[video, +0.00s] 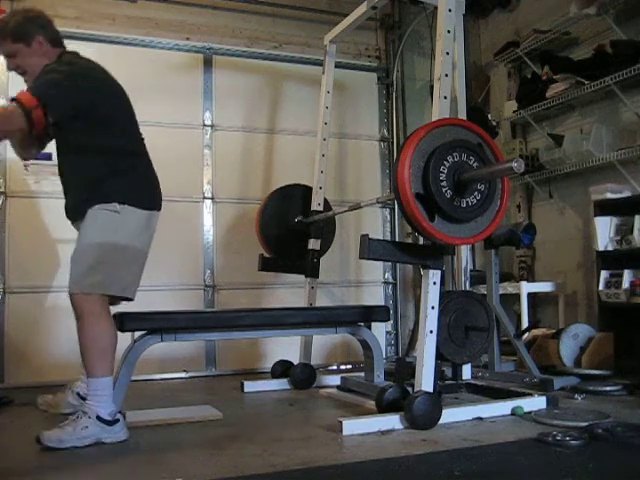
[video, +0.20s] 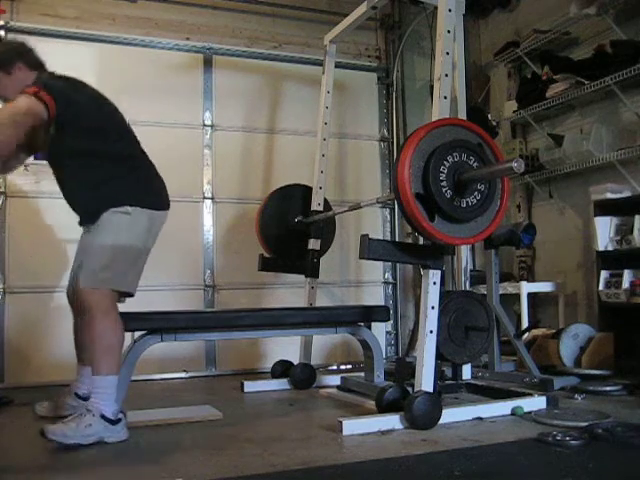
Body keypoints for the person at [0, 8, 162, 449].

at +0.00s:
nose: (14, 69)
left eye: (16, 58)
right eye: (11, 61)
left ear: (42, 44)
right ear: (42, 48)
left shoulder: (69, 73)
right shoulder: (68, 75)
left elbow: (11, 121)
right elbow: (30, 148)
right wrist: (16, 118)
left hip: (119, 198)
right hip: (114, 198)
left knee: (88, 297)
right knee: (88, 297)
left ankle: (104, 416)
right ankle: (96, 393)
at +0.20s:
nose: (1, 91)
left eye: (1, 81)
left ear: (19, 71)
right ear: (25, 71)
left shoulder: (52, 89)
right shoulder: (52, 95)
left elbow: (12, 122)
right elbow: (14, 154)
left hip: (131, 202)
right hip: (111, 205)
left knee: (96, 295)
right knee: (80, 295)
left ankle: (107, 415)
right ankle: (86, 400)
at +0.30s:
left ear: (10, 88)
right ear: (12, 89)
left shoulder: (43, 103)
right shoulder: (29, 124)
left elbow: (40, 142)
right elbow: (10, 175)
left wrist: (24, 217)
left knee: (101, 293)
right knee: (77, 294)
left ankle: (107, 414)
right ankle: (85, 397)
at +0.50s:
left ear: (4, 141)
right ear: (6, 141)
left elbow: (52, 178)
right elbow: (28, 219)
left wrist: (51, 255)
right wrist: (29, 268)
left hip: (143, 208)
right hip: (119, 215)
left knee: (92, 294)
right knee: (73, 293)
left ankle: (106, 415)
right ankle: (84, 395)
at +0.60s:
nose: (0, 198)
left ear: (2, 169)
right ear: (4, 170)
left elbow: (56, 179)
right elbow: (40, 235)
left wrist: (65, 263)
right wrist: (60, 271)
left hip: (147, 216)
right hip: (123, 220)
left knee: (90, 294)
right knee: (71, 292)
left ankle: (105, 415)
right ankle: (82, 395)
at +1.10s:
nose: (24, 210)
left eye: (19, 202)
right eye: (16, 207)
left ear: (26, 175)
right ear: (27, 172)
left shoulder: (70, 182)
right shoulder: (61, 184)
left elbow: (87, 234)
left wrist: (43, 303)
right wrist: (48, 301)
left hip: (161, 262)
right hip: (142, 260)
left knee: (75, 300)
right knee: (61, 297)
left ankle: (103, 416)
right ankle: (82, 393)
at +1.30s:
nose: (56, 191)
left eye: (54, 182)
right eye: (51, 186)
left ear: (73, 162)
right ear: (75, 162)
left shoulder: (110, 182)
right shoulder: (100, 185)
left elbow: (94, 241)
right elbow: (81, 245)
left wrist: (29, 267)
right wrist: (26, 267)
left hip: (170, 280)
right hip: (153, 278)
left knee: (78, 296)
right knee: (68, 296)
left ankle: (104, 416)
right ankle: (83, 393)